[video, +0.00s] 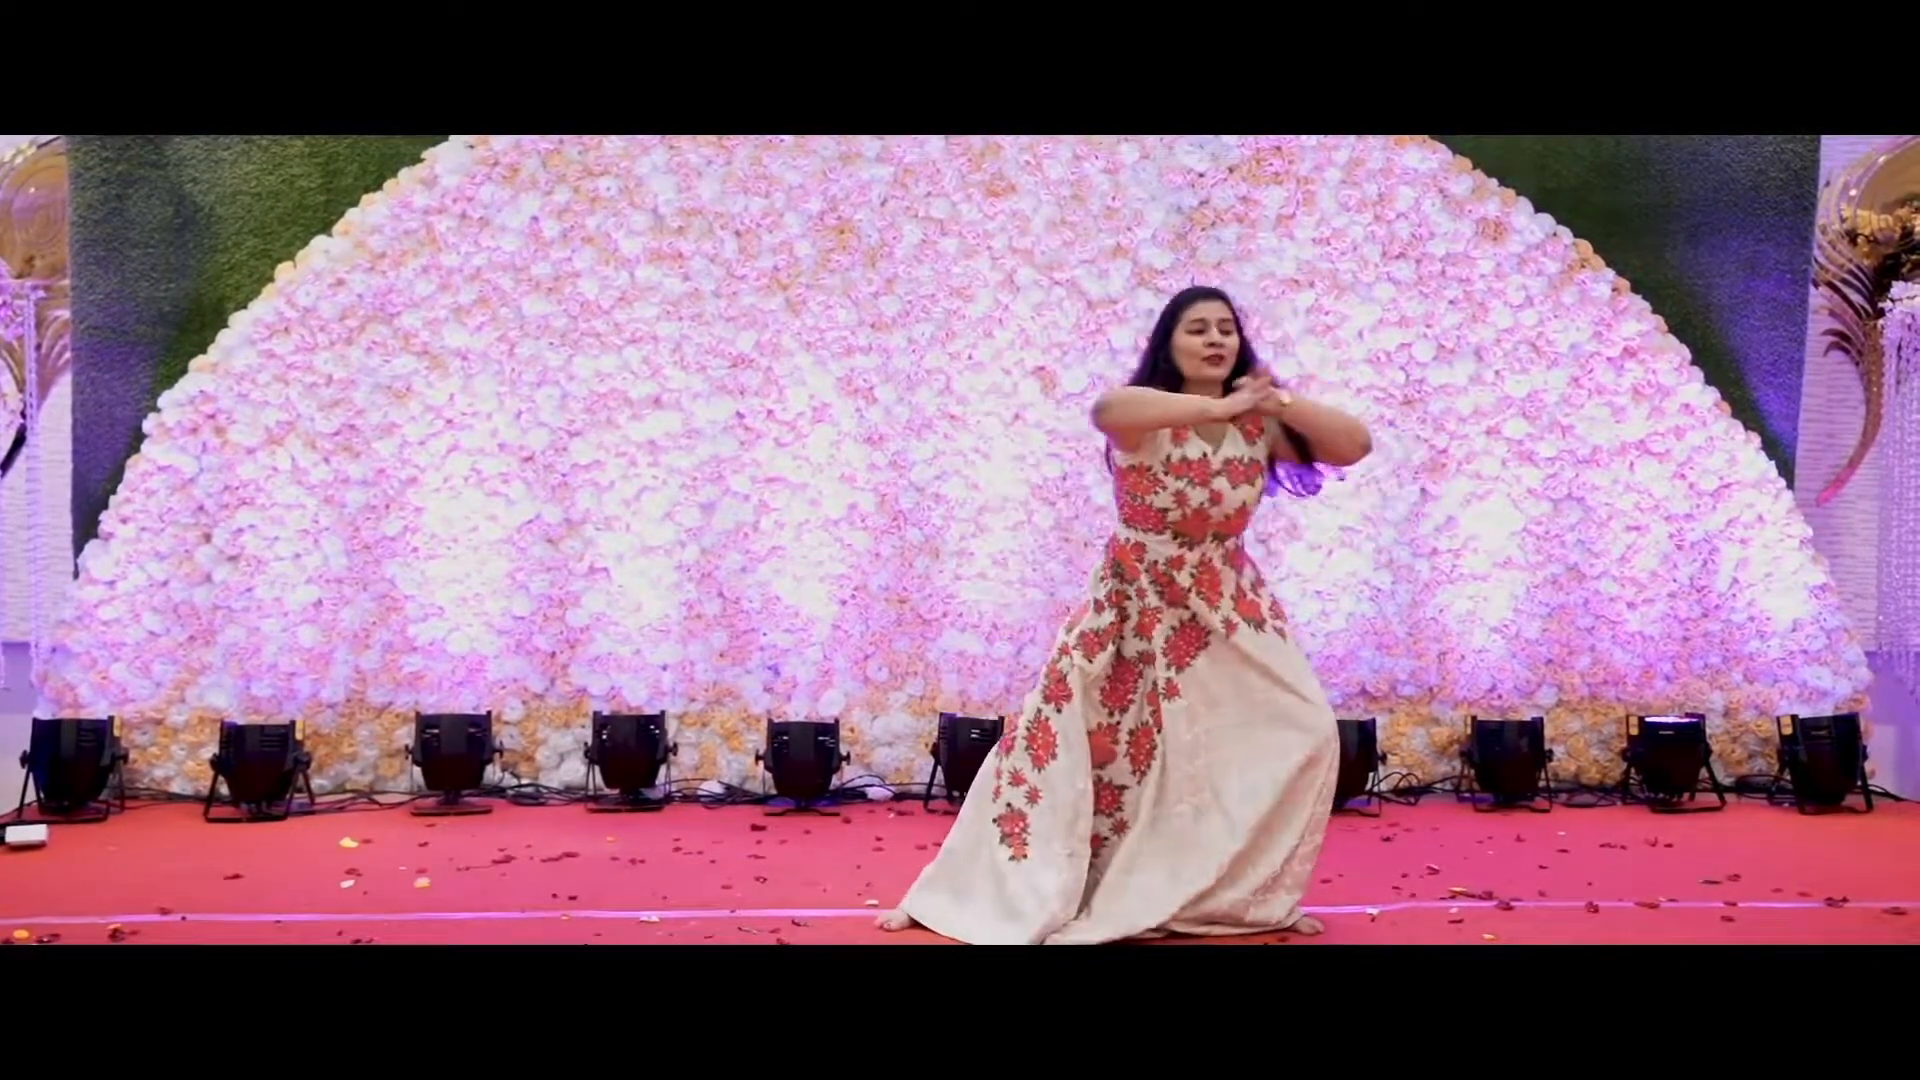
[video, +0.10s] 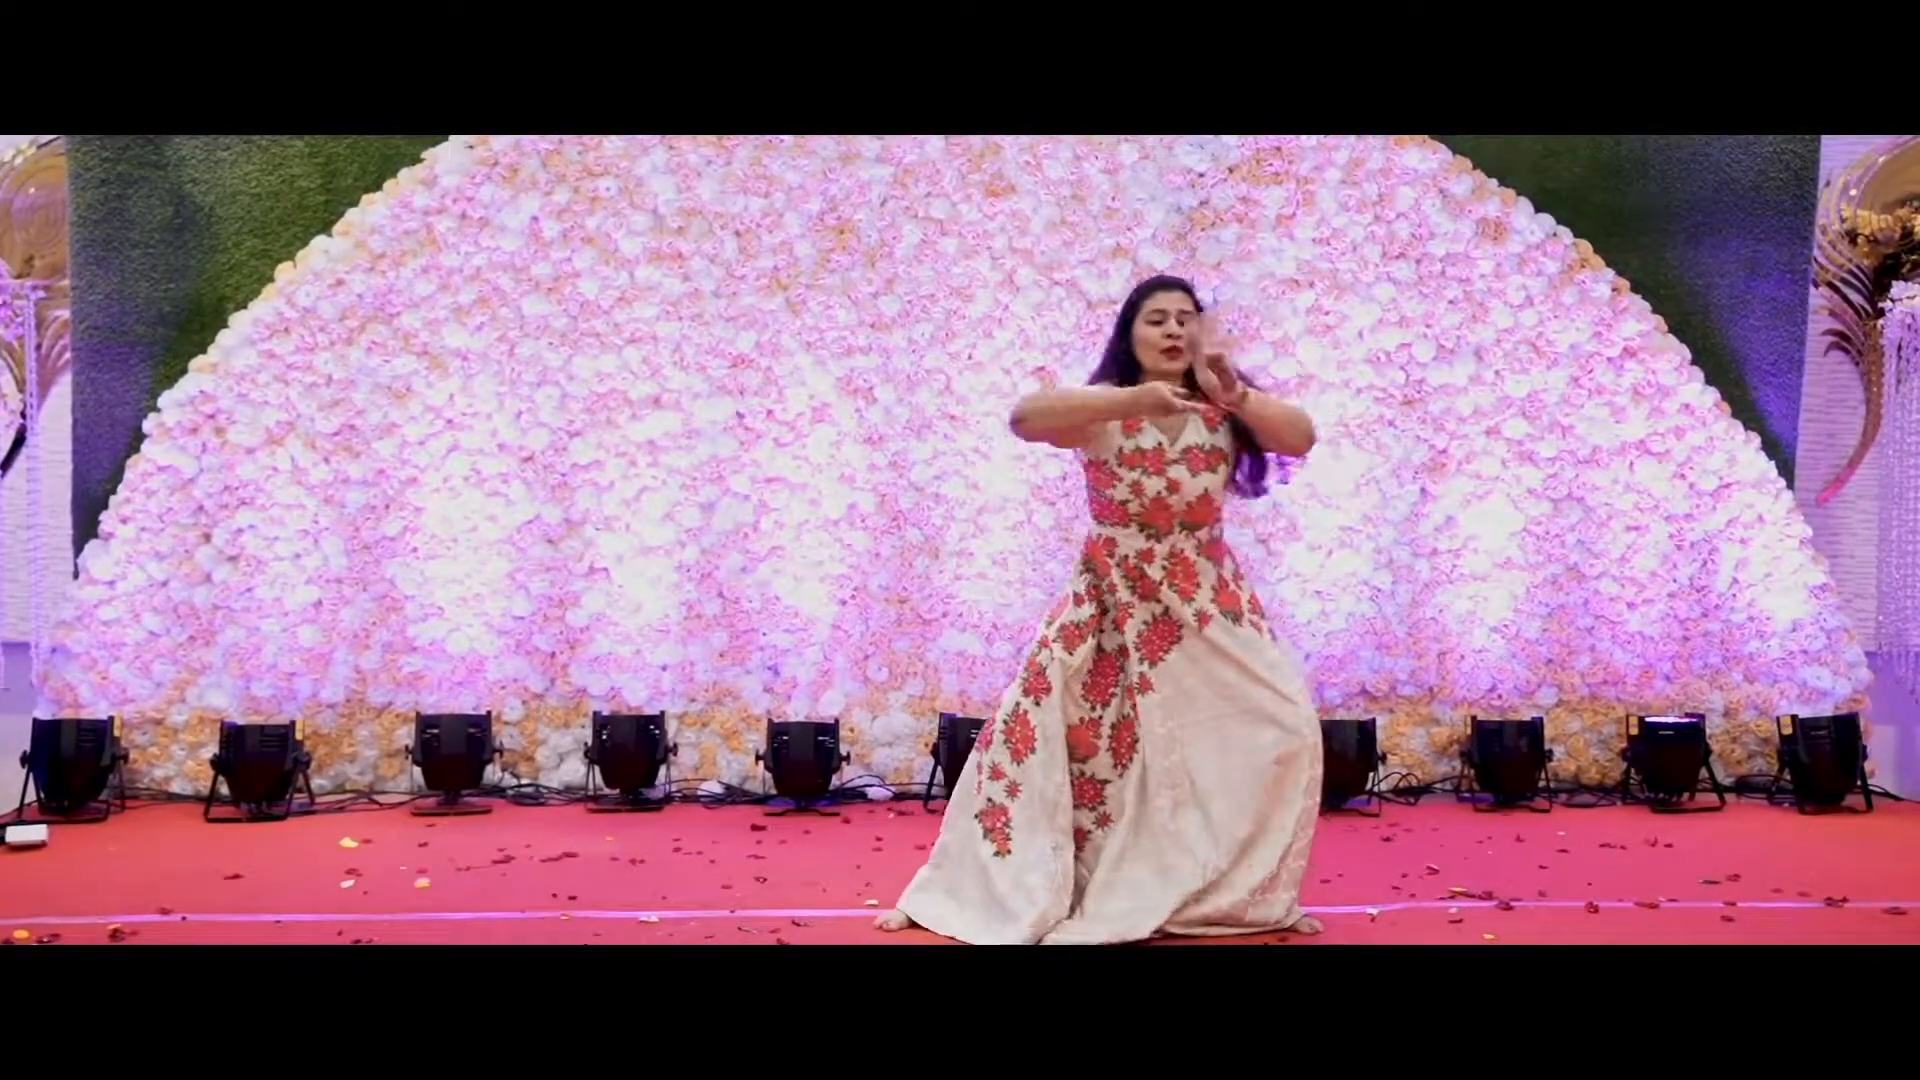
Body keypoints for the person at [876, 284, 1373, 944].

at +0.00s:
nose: (1215, 339)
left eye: (1226, 329)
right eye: (1198, 329)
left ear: (1241, 344)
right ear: (1168, 344)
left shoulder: (1262, 417)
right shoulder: (1145, 408)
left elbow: (1355, 443)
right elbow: (1108, 411)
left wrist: (1284, 404)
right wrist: (1211, 407)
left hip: (1227, 598)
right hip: (1135, 598)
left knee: (1312, 731)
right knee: (1094, 740)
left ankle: (1227, 893)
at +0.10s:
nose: (1173, 329)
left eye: (1185, 319)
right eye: (1157, 319)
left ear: (1201, 334)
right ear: (1129, 335)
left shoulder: (1228, 400)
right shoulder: (1101, 405)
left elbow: (1300, 436)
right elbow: (1025, 419)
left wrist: (1235, 397)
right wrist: (1138, 402)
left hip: (1207, 597)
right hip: (1110, 598)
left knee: (1292, 731)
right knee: (1032, 727)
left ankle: (1233, 893)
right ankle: (1047, 894)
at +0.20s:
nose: (1130, 323)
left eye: (1143, 314)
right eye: (1116, 311)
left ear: (1162, 328)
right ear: (1091, 322)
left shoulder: (1188, 397)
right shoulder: (1059, 398)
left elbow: (1242, 448)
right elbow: (958, 421)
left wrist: (1178, 395)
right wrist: (1058, 393)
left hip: (1176, 589)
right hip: (1082, 591)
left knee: (1260, 721)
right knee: (1028, 726)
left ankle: (1230, 890)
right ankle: (1052, 894)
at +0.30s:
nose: (1094, 318)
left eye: (1110, 310)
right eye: (1081, 305)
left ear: (1124, 325)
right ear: (1056, 315)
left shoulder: (1150, 395)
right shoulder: (1021, 394)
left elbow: (1198, 462)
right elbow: (914, 399)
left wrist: (1143, 402)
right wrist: (992, 352)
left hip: (1140, 585)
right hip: (1047, 588)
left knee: (1216, 728)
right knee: (982, 727)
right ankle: (1022, 897)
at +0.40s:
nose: (1078, 317)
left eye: (1091, 311)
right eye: (1067, 301)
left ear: (1101, 325)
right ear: (1032, 305)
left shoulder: (1107, 384)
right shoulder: (984, 376)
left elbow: (1158, 447)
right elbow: (890, 345)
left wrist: (1100, 375)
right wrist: (960, 314)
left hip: (1103, 571)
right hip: (1015, 575)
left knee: (1167, 721)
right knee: (983, 729)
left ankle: (1276, 884)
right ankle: (1014, 896)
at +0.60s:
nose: (1061, 348)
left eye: (1072, 340)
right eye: (1052, 330)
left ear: (1073, 354)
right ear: (1015, 323)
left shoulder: (1065, 411)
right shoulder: (953, 375)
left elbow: (1088, 474)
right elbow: (876, 320)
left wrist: (1038, 401)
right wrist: (915, 318)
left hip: (1038, 595)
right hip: (953, 599)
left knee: (1131, 731)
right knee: (914, 744)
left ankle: (1278, 843)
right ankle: (938, 913)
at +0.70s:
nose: (1057, 368)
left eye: (1068, 362)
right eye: (1048, 350)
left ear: (1067, 376)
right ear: (1009, 341)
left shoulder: (1052, 437)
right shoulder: (948, 392)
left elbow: (1057, 507)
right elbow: (879, 356)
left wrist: (1000, 436)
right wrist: (882, 344)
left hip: (1015, 614)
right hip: (933, 613)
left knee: (1114, 745)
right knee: (890, 754)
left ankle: (1274, 852)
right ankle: (924, 914)